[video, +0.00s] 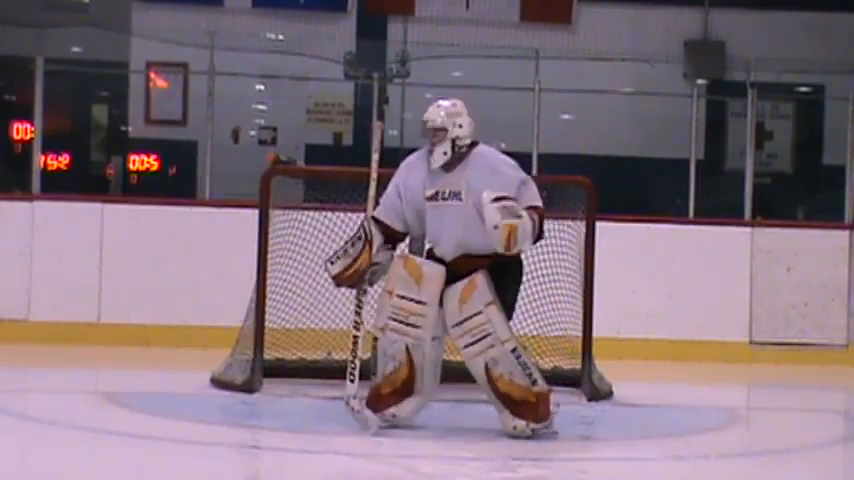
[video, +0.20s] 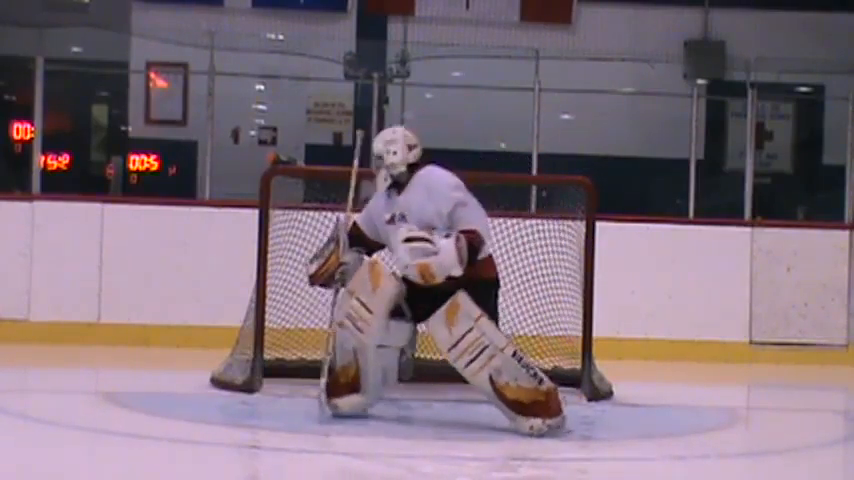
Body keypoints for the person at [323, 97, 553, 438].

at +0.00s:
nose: (433, 140)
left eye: (439, 132)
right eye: (429, 133)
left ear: (461, 131)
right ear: (426, 131)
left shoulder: (492, 164)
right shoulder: (415, 168)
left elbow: (533, 210)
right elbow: (389, 220)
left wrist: (518, 229)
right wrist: (359, 252)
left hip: (494, 266)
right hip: (436, 268)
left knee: (490, 340)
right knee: (410, 333)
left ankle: (525, 412)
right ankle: (395, 406)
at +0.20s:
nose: (388, 163)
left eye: (393, 155)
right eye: (382, 158)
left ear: (410, 153)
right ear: (378, 160)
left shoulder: (438, 181)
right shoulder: (383, 199)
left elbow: (477, 227)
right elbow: (360, 235)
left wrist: (446, 253)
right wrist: (335, 256)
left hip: (469, 279)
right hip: (421, 283)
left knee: (481, 346)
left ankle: (535, 405)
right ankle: (350, 387)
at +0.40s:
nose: (313, 175)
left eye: (317, 166)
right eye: (311, 168)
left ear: (333, 164)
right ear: (317, 168)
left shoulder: (359, 186)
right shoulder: (327, 202)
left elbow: (398, 240)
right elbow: (309, 234)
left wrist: (365, 261)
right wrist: (286, 249)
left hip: (412, 268)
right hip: (375, 274)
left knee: (424, 342)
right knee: (320, 308)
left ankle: (509, 394)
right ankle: (319, 378)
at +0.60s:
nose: (277, 167)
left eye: (280, 161)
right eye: (275, 161)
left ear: (293, 157)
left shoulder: (322, 176)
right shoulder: (289, 190)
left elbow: (362, 230)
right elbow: (272, 226)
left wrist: (329, 251)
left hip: (375, 262)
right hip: (343, 266)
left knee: (360, 337)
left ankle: (433, 389)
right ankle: (288, 376)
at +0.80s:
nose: (265, 150)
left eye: (270, 143)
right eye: (263, 143)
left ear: (286, 143)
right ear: (262, 146)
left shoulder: (315, 171)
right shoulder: (269, 177)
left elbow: (351, 221)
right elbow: (258, 219)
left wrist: (322, 244)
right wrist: (239, 244)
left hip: (344, 256)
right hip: (300, 258)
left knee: (317, 321)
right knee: (266, 309)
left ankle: (366, 385)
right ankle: (251, 371)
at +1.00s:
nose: (268, 143)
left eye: (273, 138)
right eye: (267, 137)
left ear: (292, 137)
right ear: (267, 136)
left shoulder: (325, 165)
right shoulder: (266, 169)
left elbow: (357, 206)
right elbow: (254, 218)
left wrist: (343, 234)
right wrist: (235, 249)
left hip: (333, 256)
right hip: (285, 257)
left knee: (311, 316)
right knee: (263, 310)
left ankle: (353, 385)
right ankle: (255, 377)